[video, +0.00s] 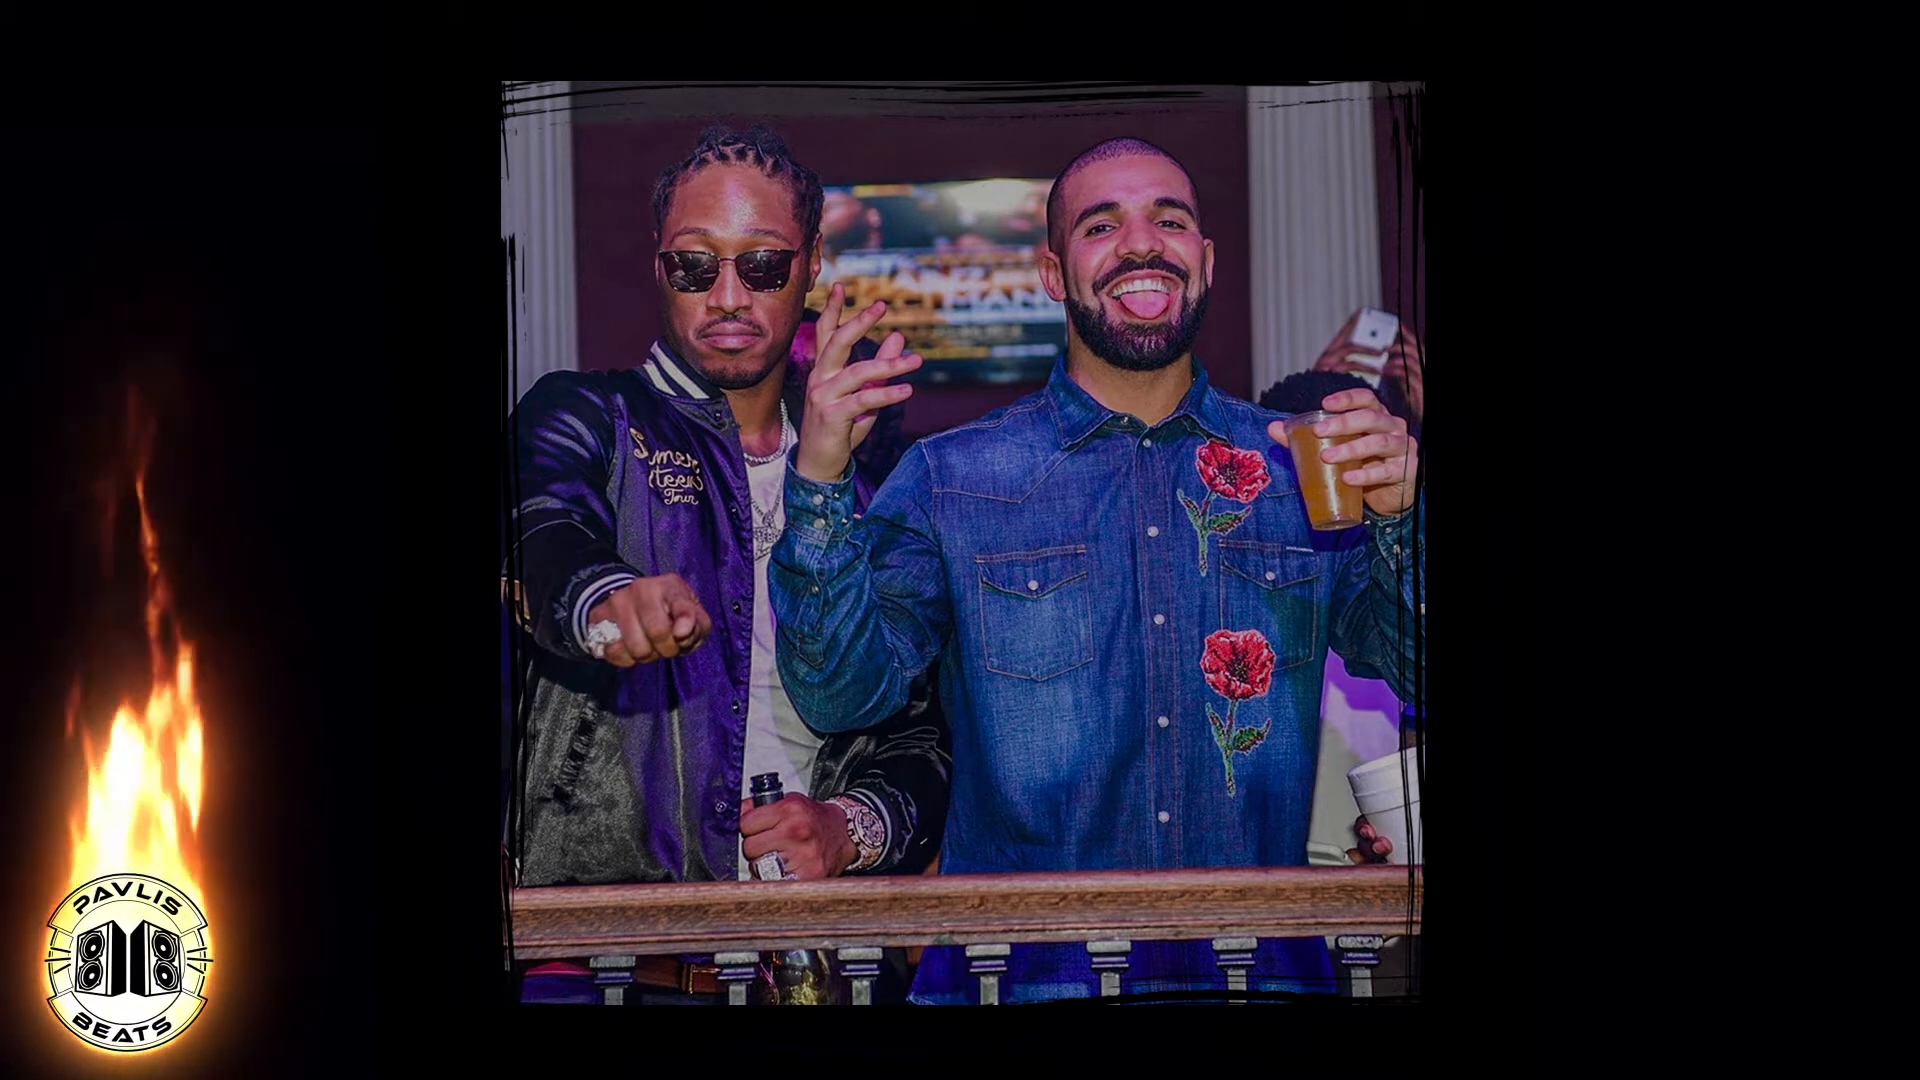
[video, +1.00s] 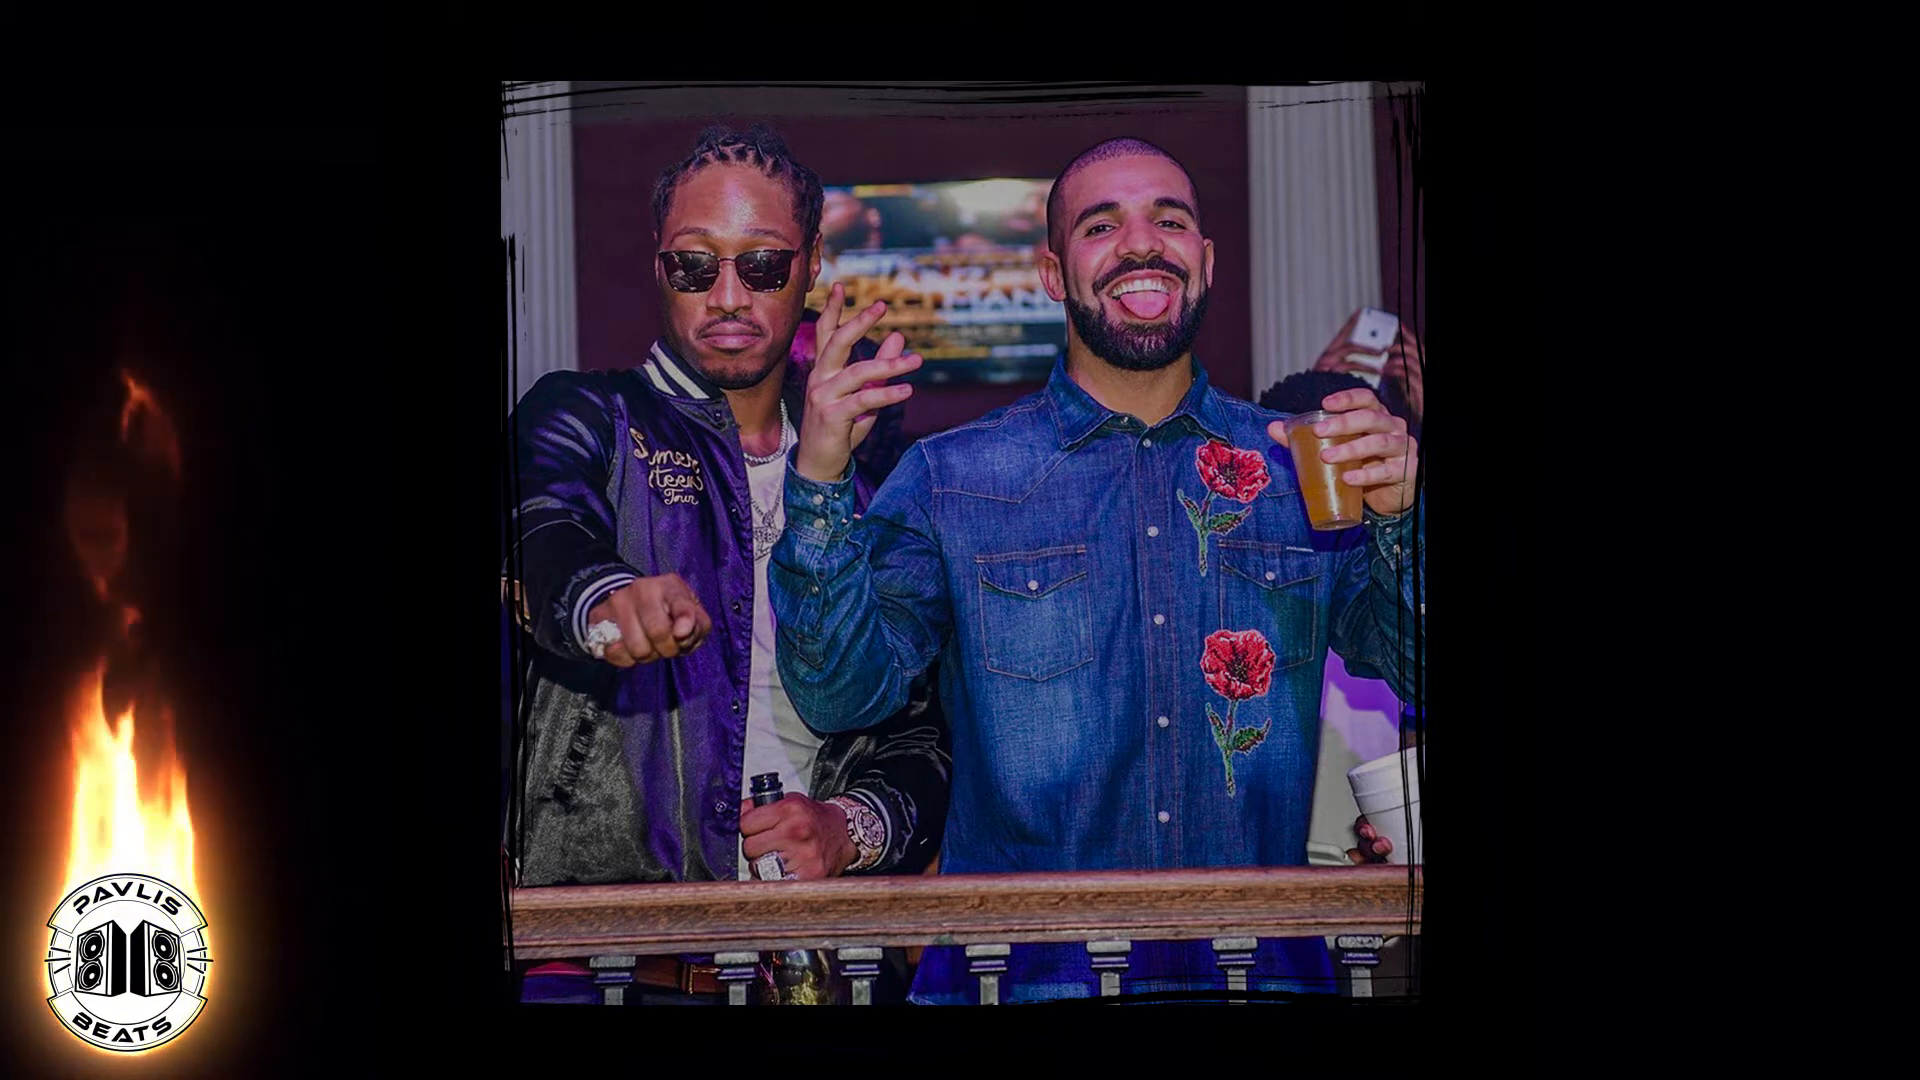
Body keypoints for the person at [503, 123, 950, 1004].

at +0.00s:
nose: (729, 296)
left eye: (763, 266)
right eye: (694, 266)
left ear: (811, 274)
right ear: (658, 272)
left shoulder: (878, 460)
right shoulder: (581, 412)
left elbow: (926, 726)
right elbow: (540, 525)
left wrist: (857, 826)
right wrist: (602, 595)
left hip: (827, 944)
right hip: (605, 943)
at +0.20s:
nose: (729, 296)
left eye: (763, 266)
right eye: (694, 266)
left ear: (811, 274)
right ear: (658, 272)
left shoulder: (878, 460)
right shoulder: (581, 412)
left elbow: (926, 726)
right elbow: (540, 525)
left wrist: (857, 826)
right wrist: (602, 595)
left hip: (827, 944)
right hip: (605, 943)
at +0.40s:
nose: (729, 296)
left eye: (763, 266)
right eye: (694, 266)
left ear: (811, 274)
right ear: (658, 272)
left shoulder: (878, 460)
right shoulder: (581, 412)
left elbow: (926, 726)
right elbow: (540, 525)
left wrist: (857, 826)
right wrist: (602, 595)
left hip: (827, 944)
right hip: (605, 943)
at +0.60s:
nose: (728, 295)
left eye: (763, 266)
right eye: (694, 266)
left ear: (811, 275)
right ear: (658, 273)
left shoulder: (877, 460)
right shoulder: (581, 411)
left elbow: (926, 725)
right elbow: (541, 525)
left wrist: (858, 826)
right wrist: (603, 596)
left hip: (826, 945)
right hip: (605, 944)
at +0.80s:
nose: (729, 296)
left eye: (763, 266)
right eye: (694, 266)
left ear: (811, 274)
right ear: (658, 272)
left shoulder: (878, 460)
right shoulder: (581, 412)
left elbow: (926, 725)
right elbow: (540, 525)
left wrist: (857, 826)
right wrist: (602, 595)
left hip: (827, 944)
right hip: (605, 943)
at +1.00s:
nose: (729, 296)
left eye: (763, 266)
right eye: (694, 266)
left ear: (811, 274)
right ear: (658, 272)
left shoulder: (878, 460)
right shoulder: (581, 412)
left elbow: (926, 725)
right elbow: (540, 525)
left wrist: (857, 826)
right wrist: (602, 595)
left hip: (827, 944)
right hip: (605, 943)